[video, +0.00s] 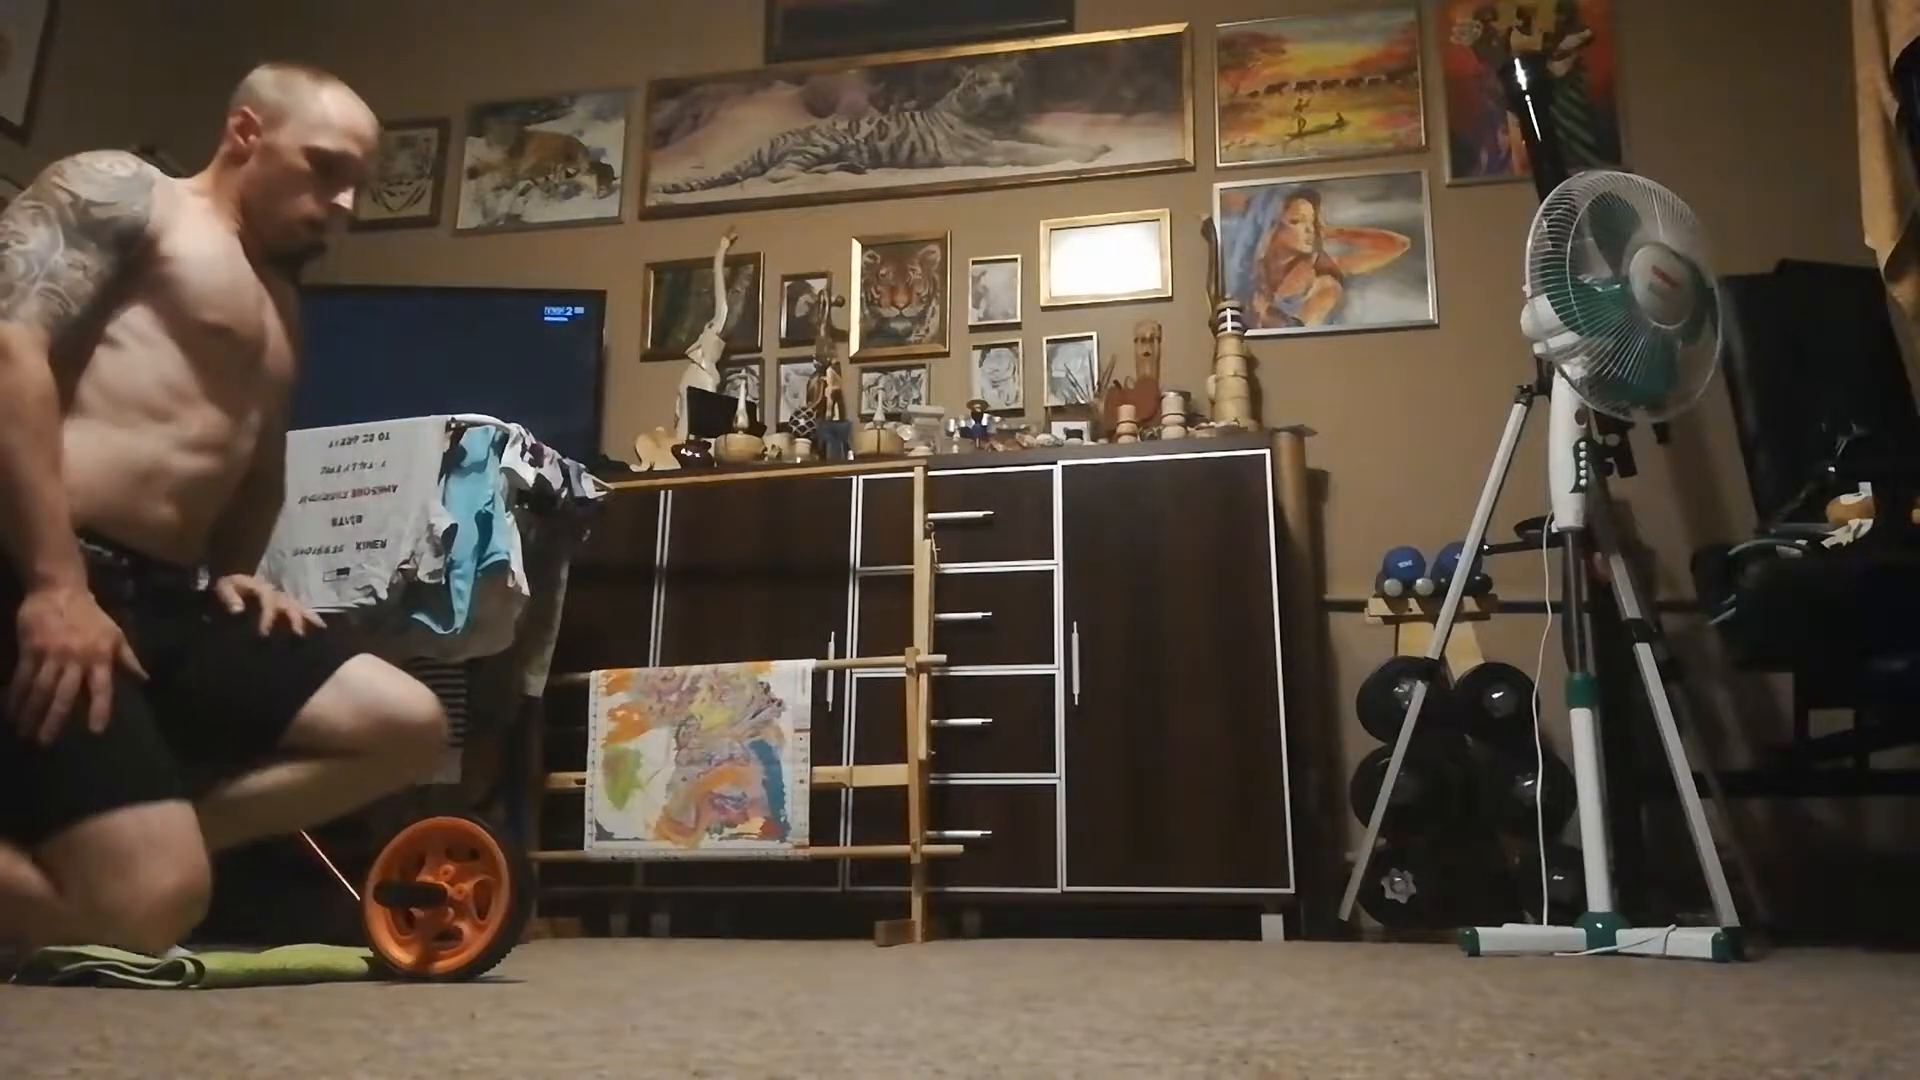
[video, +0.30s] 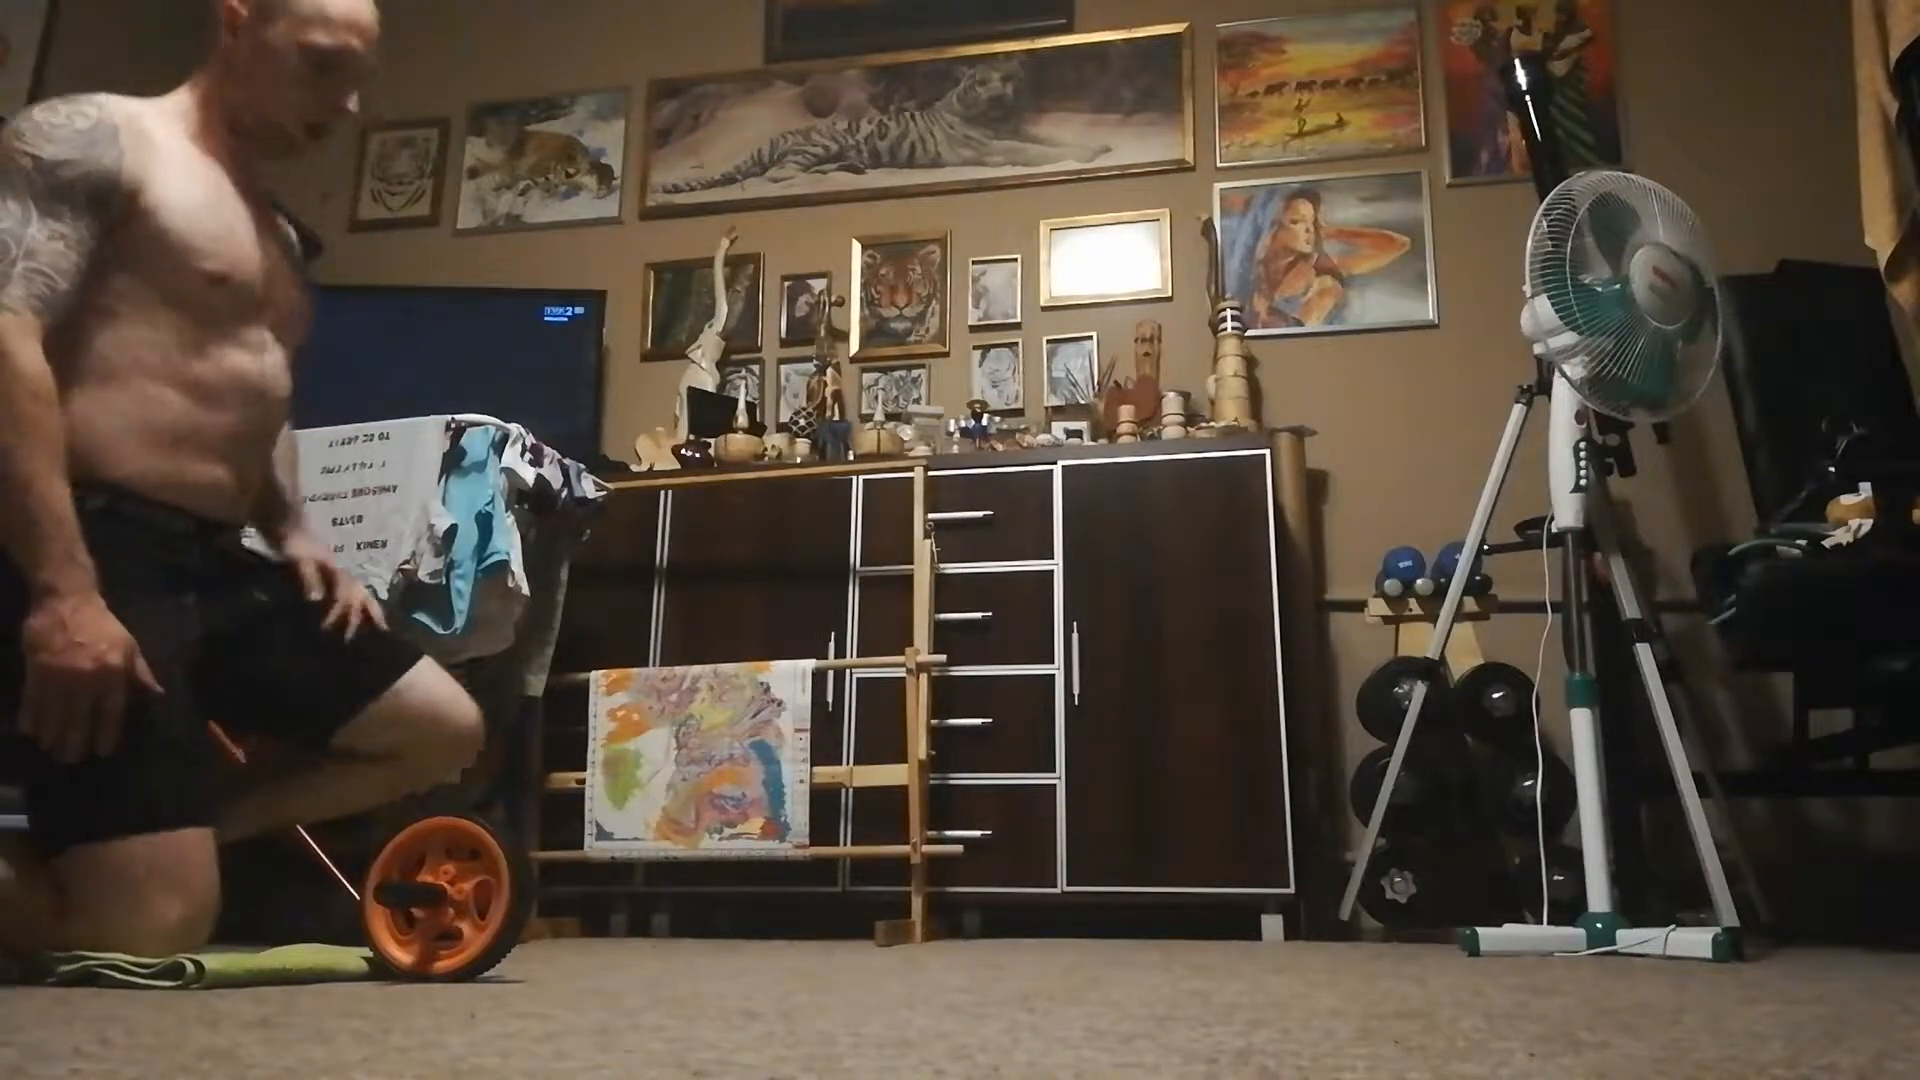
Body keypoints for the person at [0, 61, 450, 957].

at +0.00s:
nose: (345, 206)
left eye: (357, 188)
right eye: (326, 173)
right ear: (244, 136)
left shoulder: (278, 300)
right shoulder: (117, 191)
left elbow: (257, 464)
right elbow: (15, 347)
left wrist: (238, 569)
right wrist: (55, 584)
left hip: (175, 605)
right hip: (54, 583)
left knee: (404, 730)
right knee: (145, 903)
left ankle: (117, 851)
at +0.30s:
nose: (344, 107)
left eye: (357, 83)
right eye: (322, 67)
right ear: (235, 25)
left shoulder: (282, 238)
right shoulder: (90, 136)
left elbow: (255, 409)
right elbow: (11, 339)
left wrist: (301, 535)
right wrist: (64, 590)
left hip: (229, 563)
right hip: (99, 548)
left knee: (437, 735)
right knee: (152, 920)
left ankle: (163, 834)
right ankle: (18, 880)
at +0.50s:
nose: (341, 50)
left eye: (346, 26)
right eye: (325, 16)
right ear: (237, 7)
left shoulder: (305, 201)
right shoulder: (78, 109)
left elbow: (308, 393)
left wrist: (389, 540)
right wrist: (22, 577)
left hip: (266, 553)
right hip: (120, 540)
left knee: (363, 822)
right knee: (152, 923)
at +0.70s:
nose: (366, 50)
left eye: (372, 27)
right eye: (346, 18)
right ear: (263, 9)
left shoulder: (348, 211)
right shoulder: (111, 128)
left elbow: (378, 399)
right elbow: (15, 338)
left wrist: (472, 447)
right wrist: (12, 584)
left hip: (303, 563)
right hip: (152, 539)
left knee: (319, 922)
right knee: (145, 936)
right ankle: (0, 845)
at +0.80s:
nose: (393, 67)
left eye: (404, 46)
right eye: (369, 31)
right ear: (281, 13)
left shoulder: (377, 233)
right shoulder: (140, 144)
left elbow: (426, 428)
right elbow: (41, 344)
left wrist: (504, 392)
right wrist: (32, 579)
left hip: (317, 576)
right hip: (170, 542)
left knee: (321, 939)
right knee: (148, 937)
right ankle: (1, 844)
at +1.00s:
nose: (480, 123)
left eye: (494, 104)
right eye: (462, 88)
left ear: (499, 112)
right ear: (376, 47)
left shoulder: (443, 288)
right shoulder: (228, 164)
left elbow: (528, 437)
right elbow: (112, 335)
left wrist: (539, 277)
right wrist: (137, 544)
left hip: (357, 592)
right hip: (218, 545)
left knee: (328, 938)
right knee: (165, 925)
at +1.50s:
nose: (528, 155)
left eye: (544, 135)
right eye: (515, 116)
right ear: (436, 70)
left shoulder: (476, 305)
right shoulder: (270, 167)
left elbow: (496, 491)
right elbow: (152, 342)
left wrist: (576, 439)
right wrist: (222, 551)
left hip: (360, 598)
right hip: (221, 551)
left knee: (333, 933)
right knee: (190, 920)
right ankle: (13, 843)